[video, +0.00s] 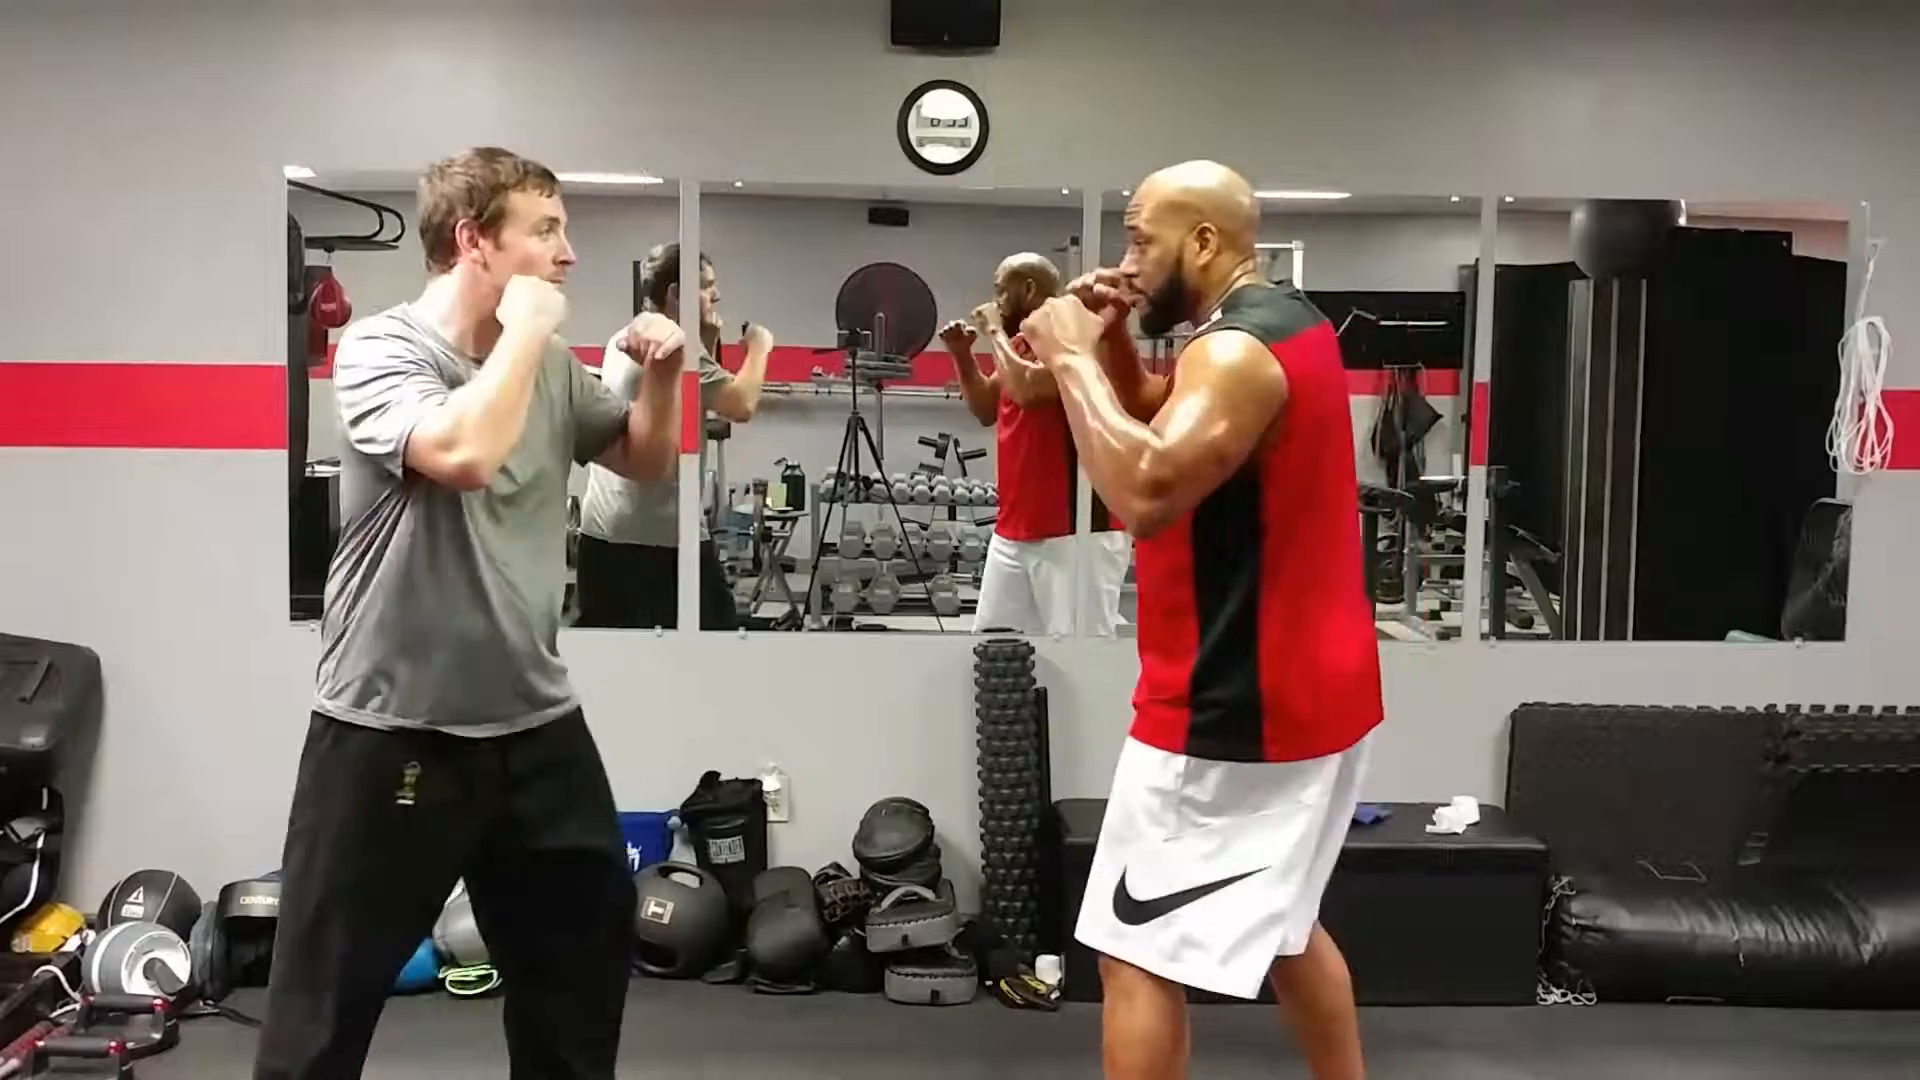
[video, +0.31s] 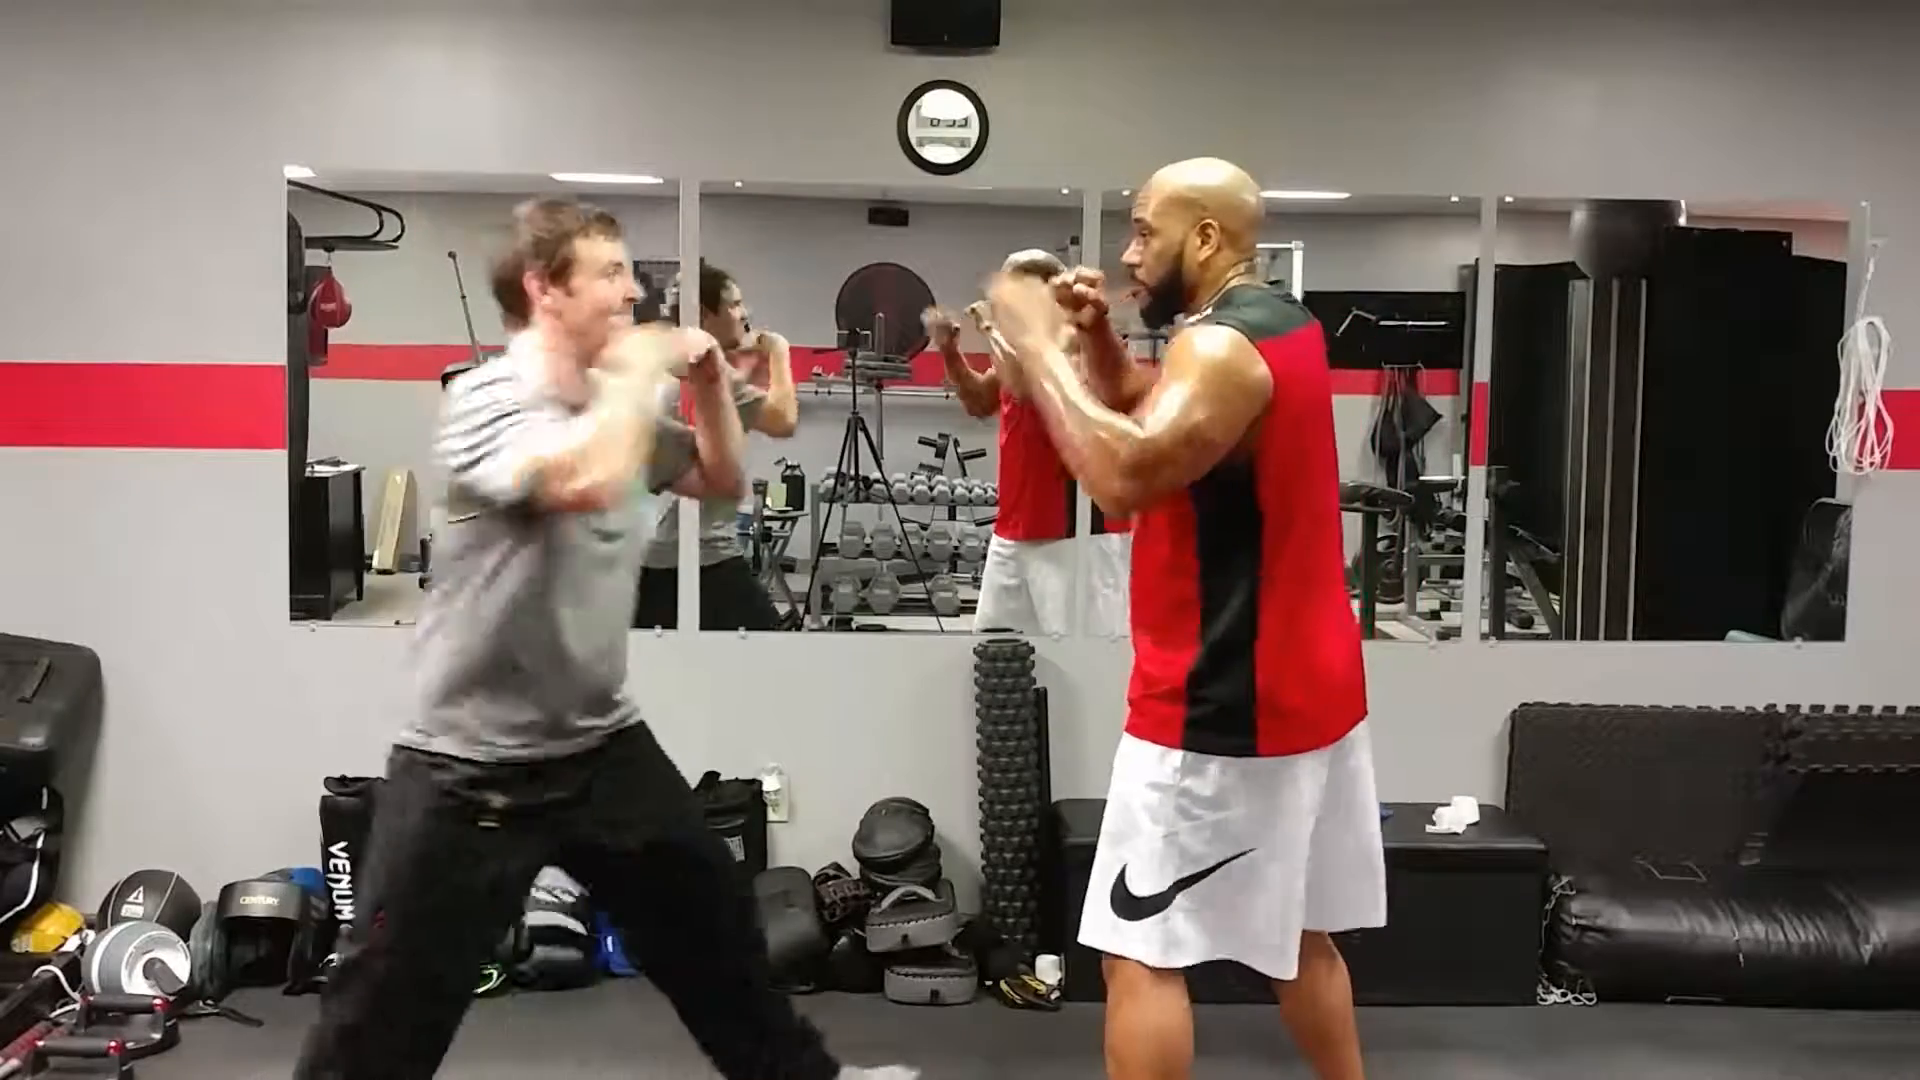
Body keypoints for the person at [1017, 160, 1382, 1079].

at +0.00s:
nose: (1127, 260)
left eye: (1141, 240)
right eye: (1128, 240)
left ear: (1205, 244)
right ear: (1220, 246)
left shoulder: (1236, 349)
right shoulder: (1287, 326)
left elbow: (1143, 493)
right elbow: (1155, 435)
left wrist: (1074, 360)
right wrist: (1106, 348)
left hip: (1221, 702)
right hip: (1313, 690)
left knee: (1135, 951)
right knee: (1285, 922)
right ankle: (1344, 1076)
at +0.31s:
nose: (1129, 252)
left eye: (1144, 234)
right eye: (1133, 232)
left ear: (1204, 239)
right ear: (1219, 240)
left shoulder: (1224, 343)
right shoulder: (1281, 326)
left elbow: (1121, 479)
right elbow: (1142, 427)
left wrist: (1032, 345)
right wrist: (1098, 339)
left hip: (1210, 702)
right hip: (1302, 690)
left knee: (1142, 955)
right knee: (1295, 935)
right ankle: (1345, 1076)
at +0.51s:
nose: (1129, 258)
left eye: (1140, 238)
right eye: (1130, 238)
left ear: (1193, 240)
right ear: (1218, 242)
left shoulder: (1204, 331)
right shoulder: (1260, 319)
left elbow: (1095, 488)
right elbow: (1066, 347)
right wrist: (937, 291)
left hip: (1221, 674)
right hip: (1319, 666)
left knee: (1109, 926)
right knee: (1305, 924)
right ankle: (1354, 1076)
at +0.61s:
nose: (1098, 278)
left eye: (1108, 260)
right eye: (1100, 261)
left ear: (1158, 265)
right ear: (1185, 268)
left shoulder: (1191, 361)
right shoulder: (1222, 344)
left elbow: (1164, 539)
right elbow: (1043, 415)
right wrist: (886, 397)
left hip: (1226, 691)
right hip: (1325, 683)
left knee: (1080, 930)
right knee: (1293, 934)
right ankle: (1341, 1075)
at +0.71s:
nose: (1058, 306)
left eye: (1070, 287)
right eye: (1061, 287)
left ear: (1123, 292)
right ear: (1147, 295)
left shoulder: (1156, 397)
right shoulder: (1188, 373)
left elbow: (1160, 567)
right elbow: (1046, 475)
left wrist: (1032, 625)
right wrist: (924, 432)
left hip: (1221, 723)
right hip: (1311, 709)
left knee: (1068, 948)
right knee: (1270, 944)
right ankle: (1333, 1074)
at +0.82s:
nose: (1022, 310)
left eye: (1034, 293)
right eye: (1026, 292)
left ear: (1083, 305)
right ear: (1115, 305)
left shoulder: (1107, 411)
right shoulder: (1174, 382)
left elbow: (1117, 578)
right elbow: (1025, 535)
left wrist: (980, 641)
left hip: (1173, 721)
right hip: (1273, 708)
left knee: (1022, 942)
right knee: (1248, 946)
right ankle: (1323, 1073)